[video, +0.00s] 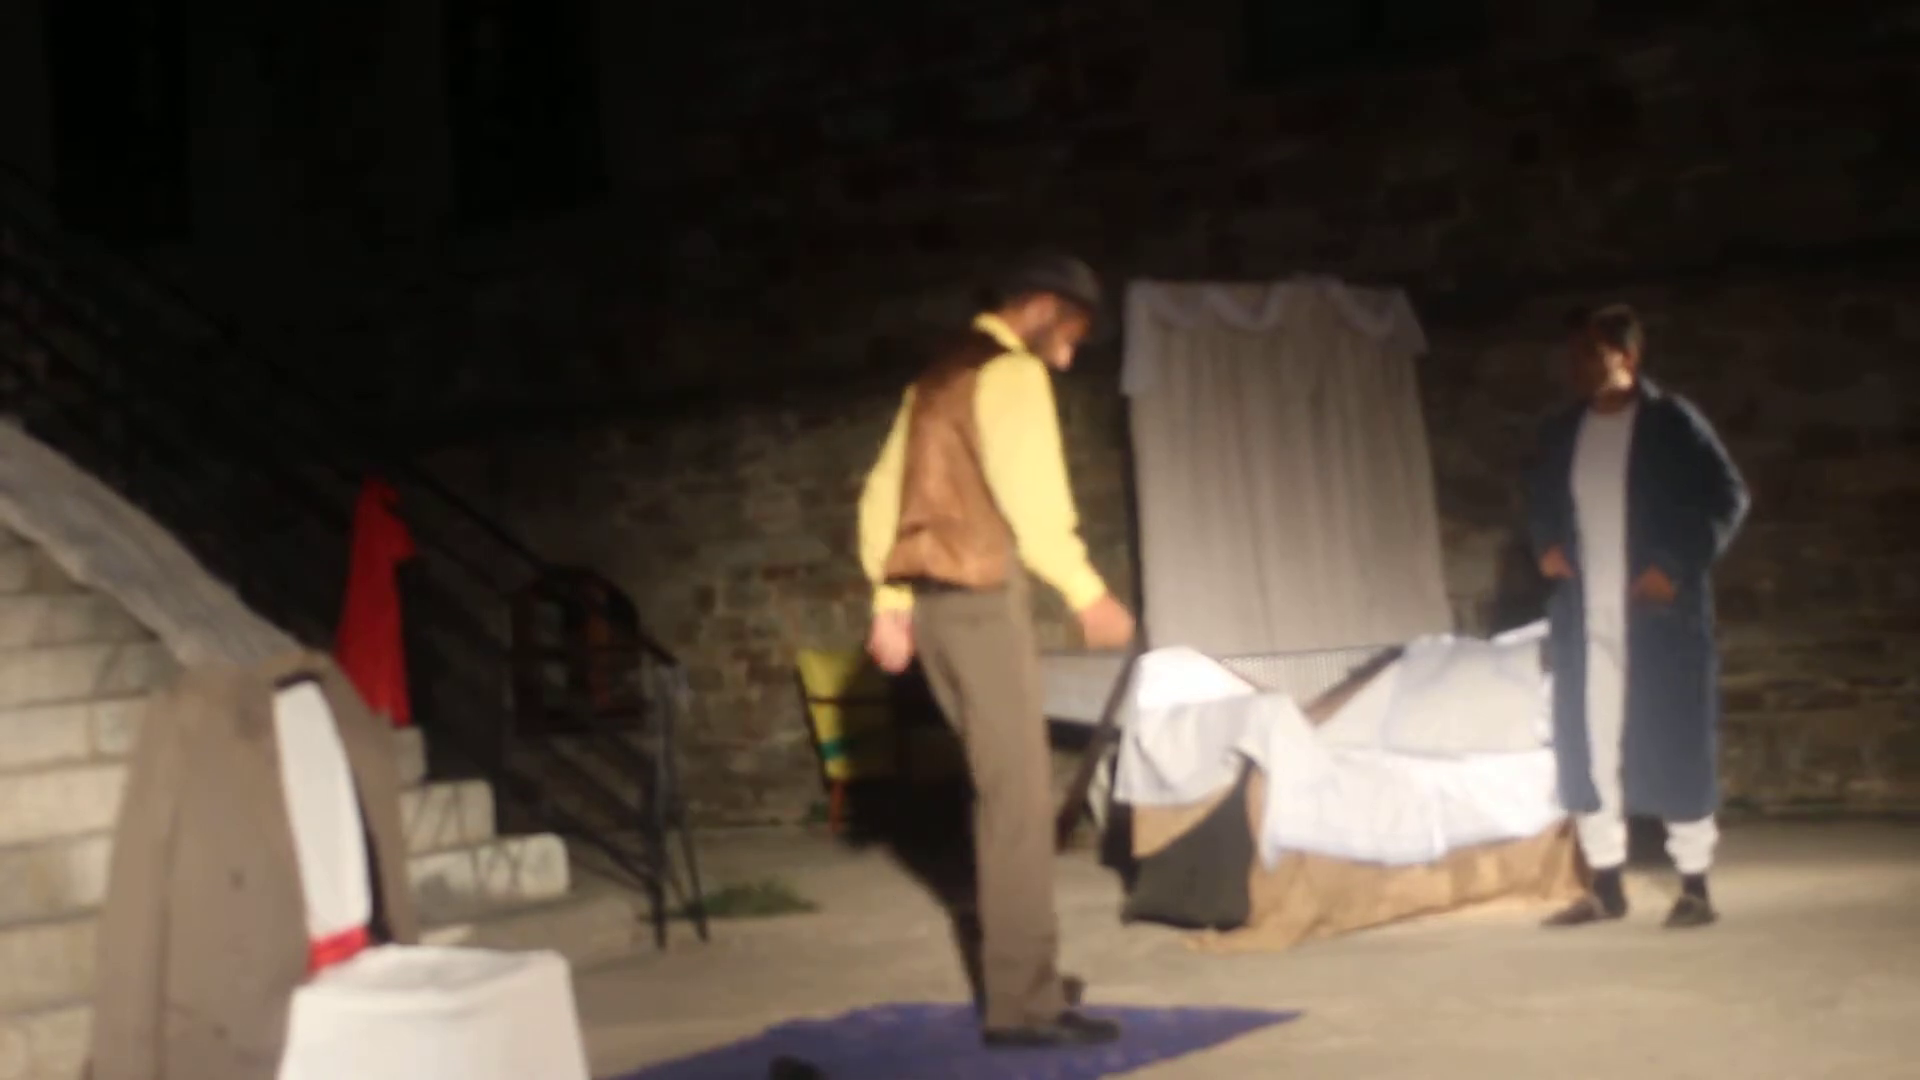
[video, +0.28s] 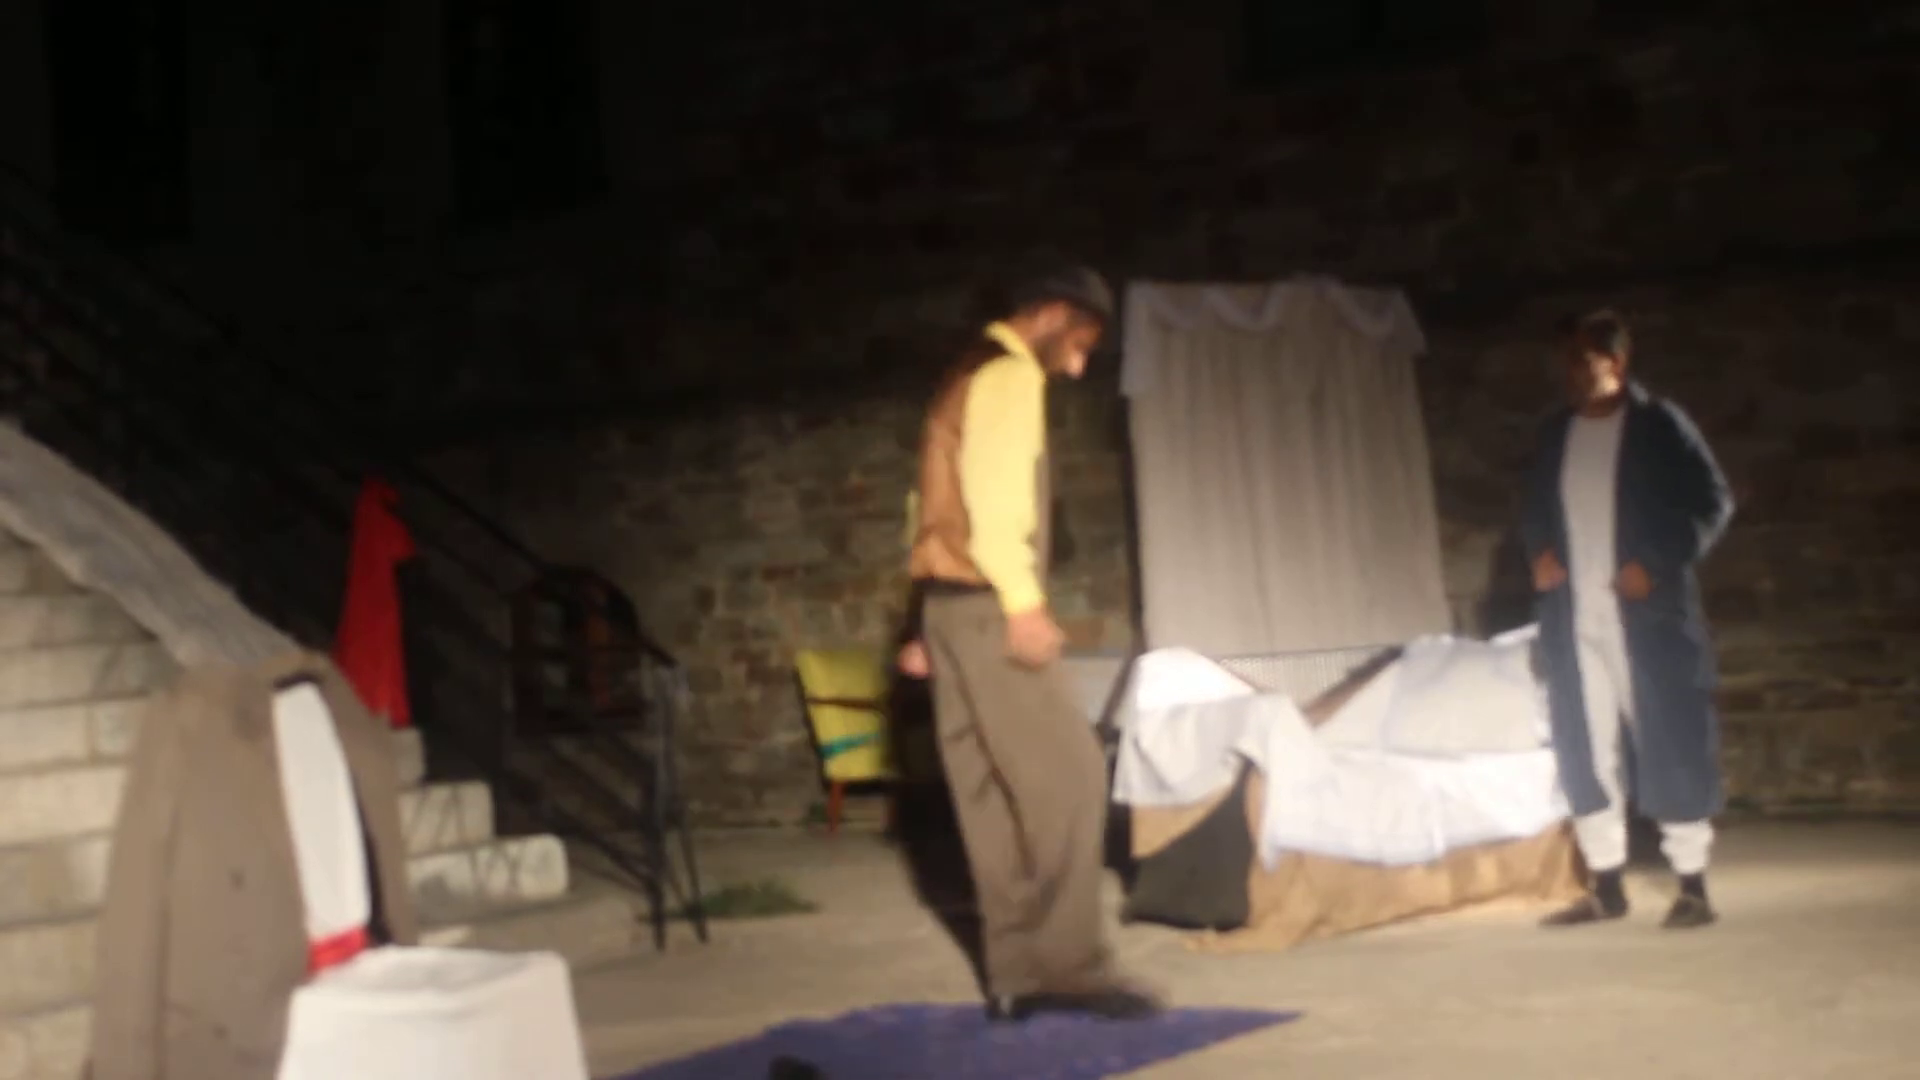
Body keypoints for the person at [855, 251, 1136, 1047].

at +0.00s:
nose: (1069, 355)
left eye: (1076, 341)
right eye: (1071, 335)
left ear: (1017, 309)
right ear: (1041, 309)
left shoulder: (935, 379)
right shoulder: (1014, 374)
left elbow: (883, 489)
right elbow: (1033, 496)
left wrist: (890, 595)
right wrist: (1089, 595)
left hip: (935, 611)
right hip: (983, 609)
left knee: (1002, 792)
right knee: (1018, 795)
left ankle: (1017, 977)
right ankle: (1020, 1002)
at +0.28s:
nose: (1083, 360)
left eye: (1090, 347)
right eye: (1084, 342)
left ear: (1043, 317)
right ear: (1051, 315)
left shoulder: (972, 378)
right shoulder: (1012, 379)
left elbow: (929, 504)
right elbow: (998, 492)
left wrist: (924, 619)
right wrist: (1023, 602)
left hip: (948, 605)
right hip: (986, 606)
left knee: (984, 797)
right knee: (1066, 771)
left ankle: (1015, 974)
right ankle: (1069, 965)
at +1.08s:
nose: (1133, 302)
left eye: (1133, 286)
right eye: (1131, 287)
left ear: (1064, 291)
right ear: (1109, 287)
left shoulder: (1023, 376)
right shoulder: (1085, 371)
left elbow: (997, 498)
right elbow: (1095, 494)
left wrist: (1018, 568)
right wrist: (1127, 605)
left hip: (1034, 600)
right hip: (1077, 601)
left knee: (1070, 788)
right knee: (1097, 790)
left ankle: (1036, 967)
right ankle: (1106, 983)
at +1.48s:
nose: (1133, 295)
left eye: (1129, 280)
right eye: (1126, 281)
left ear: (1066, 296)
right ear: (1107, 289)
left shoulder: (1034, 384)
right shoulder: (1098, 383)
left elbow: (1058, 521)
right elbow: (1145, 500)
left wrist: (1136, 601)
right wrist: (1215, 585)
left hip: (1057, 612)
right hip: (1101, 612)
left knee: (1100, 798)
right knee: (1166, 789)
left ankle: (1097, 974)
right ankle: (1121, 977)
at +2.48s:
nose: (1153, 326)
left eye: (1153, 310)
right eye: (1150, 310)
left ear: (1093, 308)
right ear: (1123, 307)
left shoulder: (1041, 388)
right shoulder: (1108, 386)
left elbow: (1099, 504)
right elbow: (1148, 499)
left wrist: (1196, 544)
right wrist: (1209, 603)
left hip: (1049, 602)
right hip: (1105, 603)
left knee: (1088, 782)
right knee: (1163, 766)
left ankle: (1099, 957)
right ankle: (1120, 957)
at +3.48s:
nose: (1235, 323)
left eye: (1235, 307)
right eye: (1229, 308)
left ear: (1191, 308)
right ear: (1197, 309)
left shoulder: (1165, 389)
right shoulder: (1137, 390)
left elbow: (1156, 509)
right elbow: (1099, 496)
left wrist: (1181, 605)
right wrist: (1134, 593)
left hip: (1171, 608)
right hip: (1144, 609)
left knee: (1185, 771)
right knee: (1146, 777)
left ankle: (1197, 929)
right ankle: (1141, 952)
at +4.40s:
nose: (1116, 330)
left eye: (1127, 317)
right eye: (1103, 316)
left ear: (1139, 323)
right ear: (1073, 317)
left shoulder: (1153, 398)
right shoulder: (1034, 399)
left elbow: (1185, 496)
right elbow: (1030, 509)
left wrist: (1148, 547)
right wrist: (1123, 548)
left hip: (1134, 598)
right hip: (1065, 596)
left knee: (1127, 768)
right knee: (1057, 772)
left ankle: (1128, 938)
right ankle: (1041, 951)